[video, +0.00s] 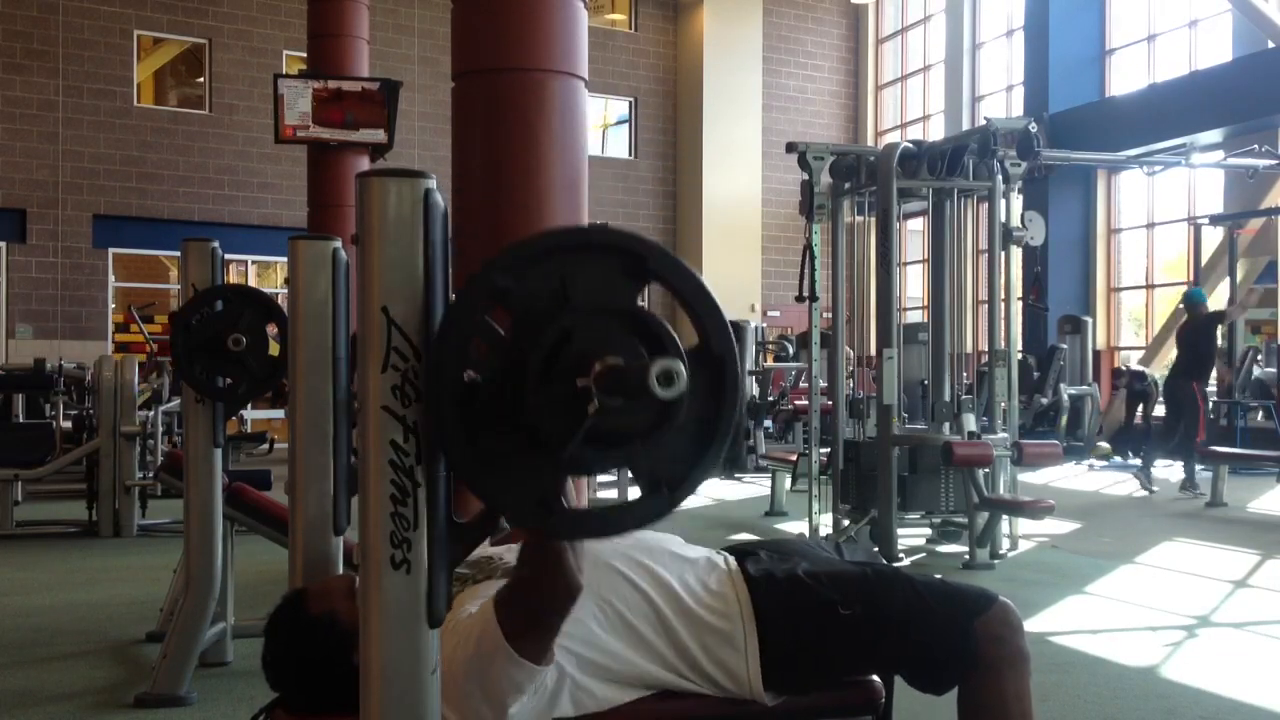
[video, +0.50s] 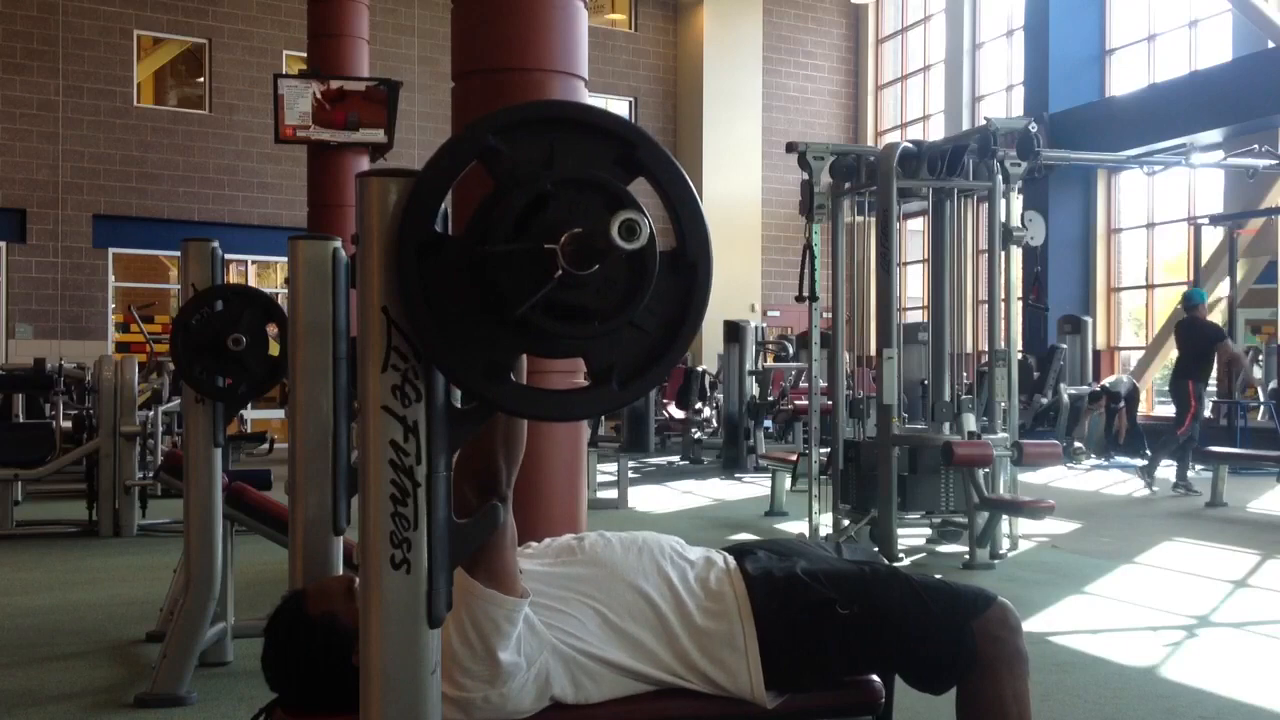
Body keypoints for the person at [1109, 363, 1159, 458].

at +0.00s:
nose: (1118, 385)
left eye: (1119, 382)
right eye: (1116, 383)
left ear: (1124, 377)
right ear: (1114, 380)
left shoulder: (1141, 375)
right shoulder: (1118, 381)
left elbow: (1153, 393)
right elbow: (1112, 401)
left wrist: (1149, 412)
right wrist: (1103, 421)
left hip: (1147, 391)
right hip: (1133, 391)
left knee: (1146, 419)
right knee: (1128, 420)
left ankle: (1147, 448)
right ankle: (1125, 448)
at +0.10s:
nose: (1115, 386)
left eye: (1116, 383)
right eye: (1113, 383)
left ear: (1122, 379)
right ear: (1111, 381)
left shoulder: (1138, 377)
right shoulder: (1114, 381)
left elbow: (1150, 395)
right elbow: (1109, 403)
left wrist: (1147, 412)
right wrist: (1098, 424)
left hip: (1146, 391)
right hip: (1130, 392)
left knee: (1144, 420)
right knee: (1125, 421)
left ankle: (1145, 451)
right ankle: (1114, 448)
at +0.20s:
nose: (1112, 391)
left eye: (1113, 388)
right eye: (1110, 389)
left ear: (1117, 382)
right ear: (1108, 385)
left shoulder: (1132, 379)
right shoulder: (1110, 385)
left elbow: (1144, 400)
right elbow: (1105, 405)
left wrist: (1141, 422)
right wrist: (1094, 426)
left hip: (1144, 388)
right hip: (1127, 390)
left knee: (1142, 421)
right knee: (1121, 421)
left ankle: (1143, 450)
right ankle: (1112, 449)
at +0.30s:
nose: (1109, 396)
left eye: (1109, 393)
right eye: (1107, 395)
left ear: (1113, 387)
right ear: (1103, 391)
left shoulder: (1128, 384)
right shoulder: (1106, 390)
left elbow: (1138, 404)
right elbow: (1100, 406)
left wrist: (1136, 423)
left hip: (1140, 389)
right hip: (1122, 392)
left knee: (1139, 421)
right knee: (1117, 422)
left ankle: (1143, 450)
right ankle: (1109, 449)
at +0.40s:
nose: (1103, 402)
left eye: (1103, 399)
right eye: (1101, 400)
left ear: (1107, 393)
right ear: (1098, 396)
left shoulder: (1121, 389)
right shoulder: (1098, 392)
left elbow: (1131, 413)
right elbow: (1093, 409)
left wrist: (1128, 433)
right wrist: (1086, 428)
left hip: (1136, 388)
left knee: (1136, 421)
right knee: (1112, 422)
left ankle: (1143, 449)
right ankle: (1109, 450)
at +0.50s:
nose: (1099, 408)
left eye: (1099, 405)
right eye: (1095, 407)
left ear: (1103, 398)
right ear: (1092, 401)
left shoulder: (1116, 395)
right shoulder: (1092, 396)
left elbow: (1123, 423)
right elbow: (1086, 419)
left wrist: (1120, 444)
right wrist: (1085, 441)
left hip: (1131, 389)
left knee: (1132, 422)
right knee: (1108, 425)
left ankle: (1144, 450)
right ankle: (1108, 450)